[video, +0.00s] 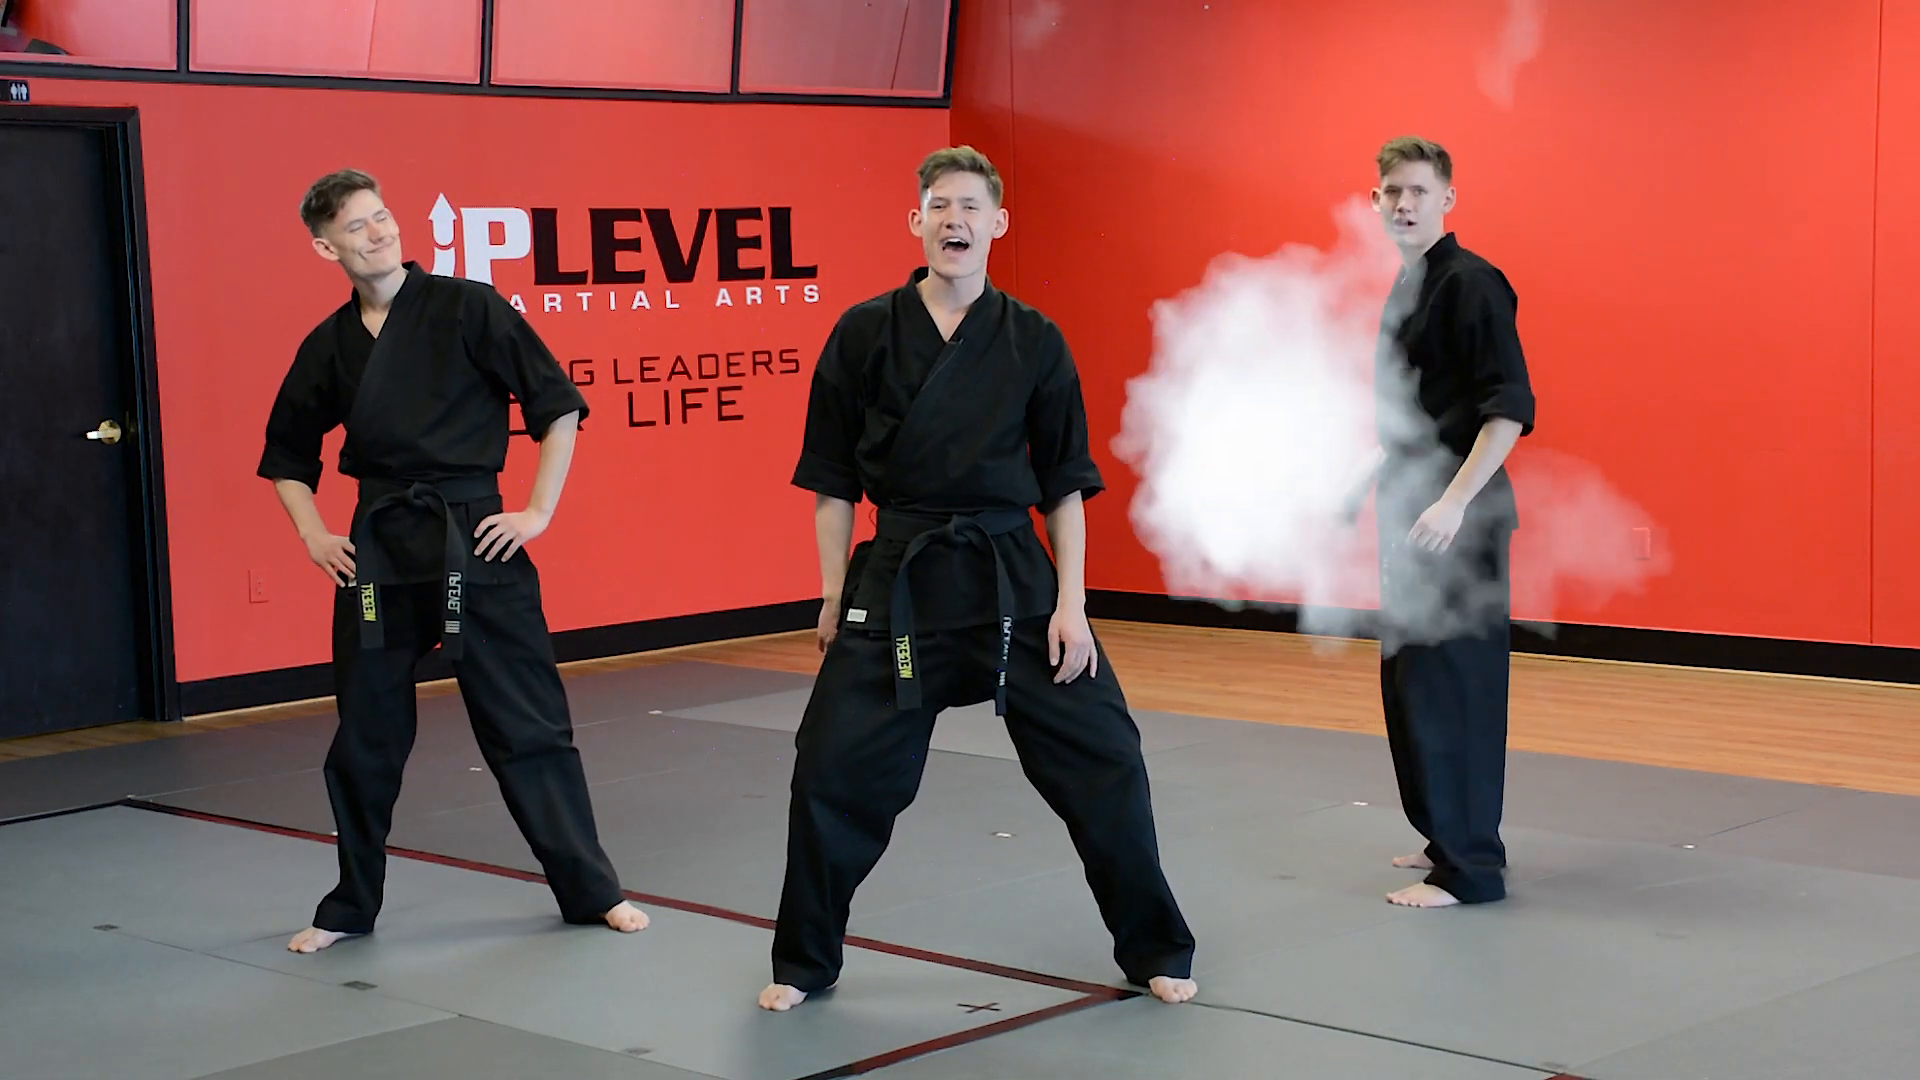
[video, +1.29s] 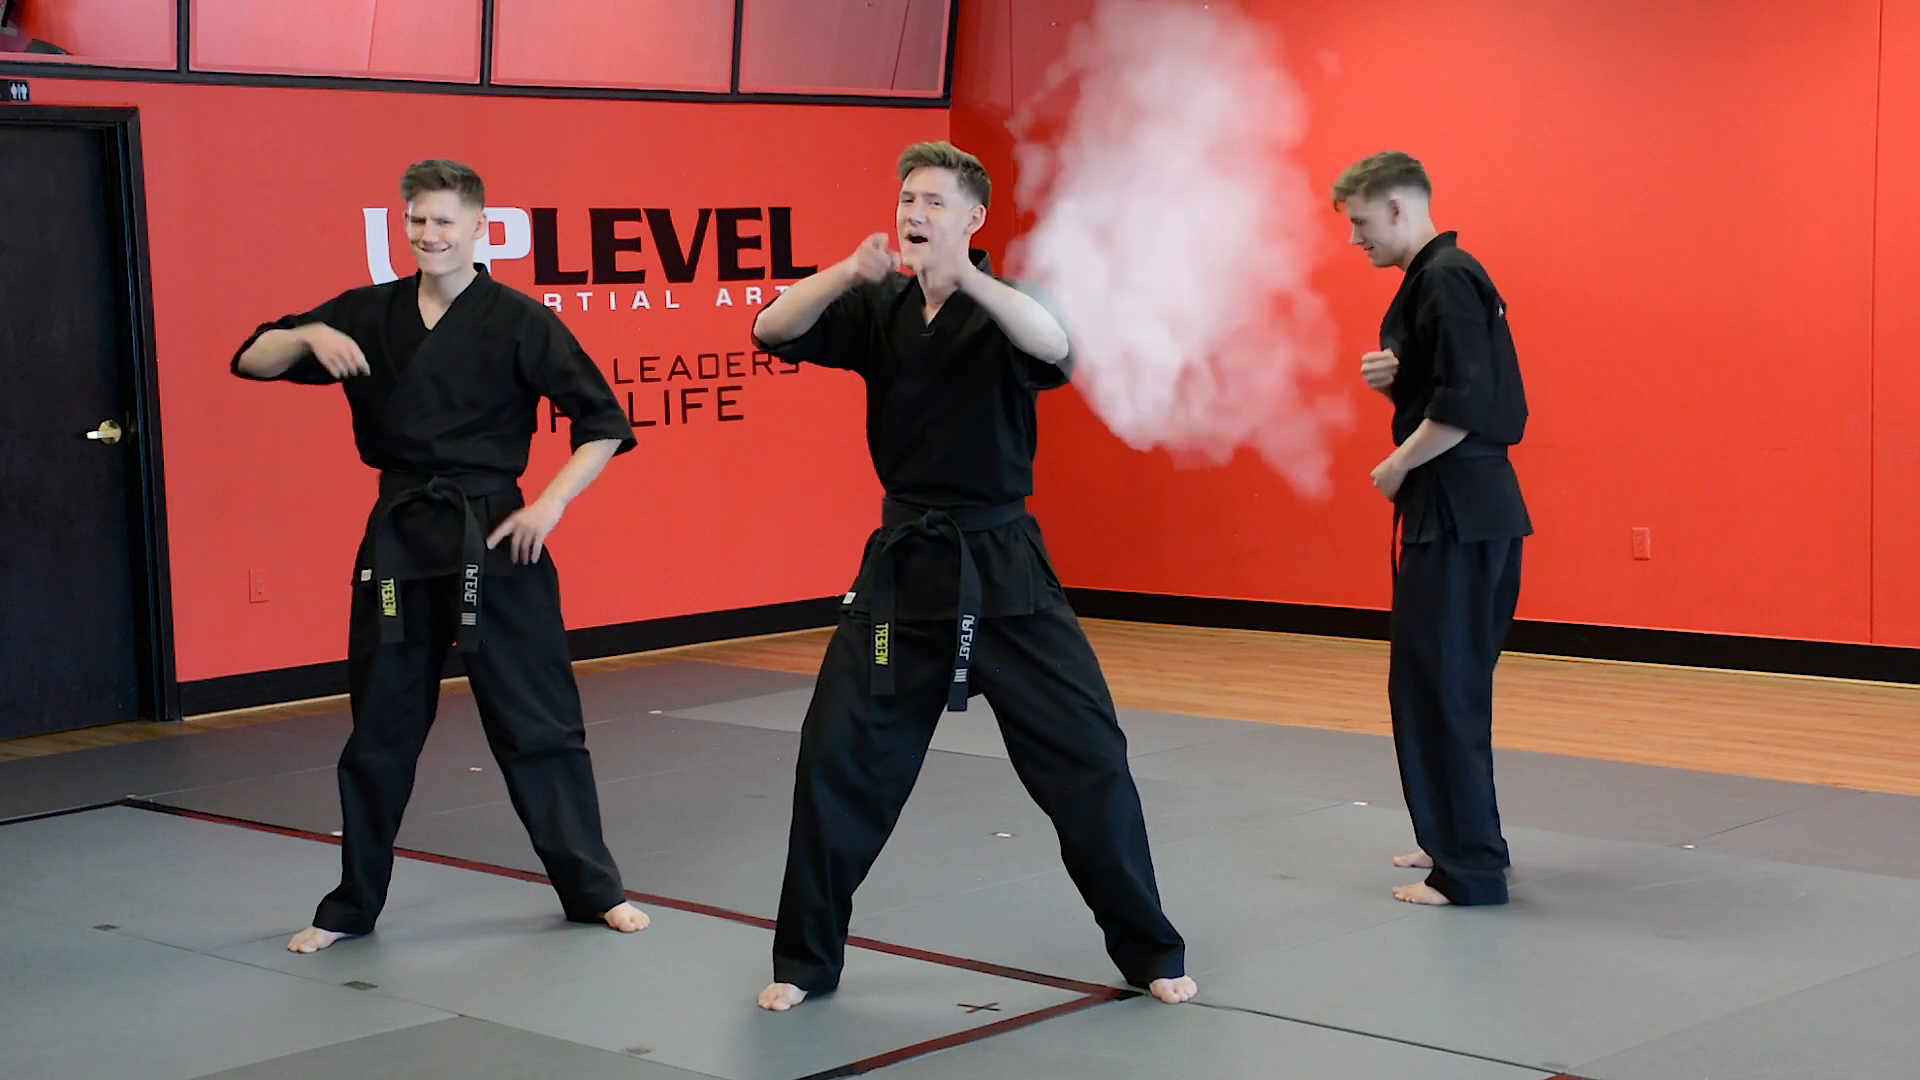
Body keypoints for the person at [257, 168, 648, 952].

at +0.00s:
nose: (377, 231)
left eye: (381, 216)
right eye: (356, 226)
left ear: (399, 225)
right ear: (328, 250)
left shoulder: (470, 306)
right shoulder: (329, 346)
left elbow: (560, 405)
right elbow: (286, 452)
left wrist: (538, 512)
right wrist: (313, 533)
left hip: (477, 538)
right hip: (380, 545)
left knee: (529, 725)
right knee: (364, 740)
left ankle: (592, 892)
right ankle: (352, 905)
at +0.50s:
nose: (366, 238)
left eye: (380, 223)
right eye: (352, 226)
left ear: (413, 229)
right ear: (338, 239)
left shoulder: (479, 310)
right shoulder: (336, 344)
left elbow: (567, 409)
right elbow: (283, 438)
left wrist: (541, 511)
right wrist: (269, 461)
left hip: (478, 539)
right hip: (379, 544)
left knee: (530, 724)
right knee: (366, 737)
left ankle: (592, 891)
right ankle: (352, 905)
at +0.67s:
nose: (370, 244)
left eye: (384, 230)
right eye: (361, 231)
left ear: (427, 231)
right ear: (354, 235)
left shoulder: (489, 313)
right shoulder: (339, 338)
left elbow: (577, 414)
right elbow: (257, 430)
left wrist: (543, 515)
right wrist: (231, 357)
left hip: (482, 537)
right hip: (382, 542)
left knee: (532, 724)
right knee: (368, 737)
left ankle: (592, 892)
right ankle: (351, 908)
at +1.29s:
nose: (427, 234)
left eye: (443, 222)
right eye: (417, 221)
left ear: (479, 228)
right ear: (405, 226)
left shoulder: (520, 320)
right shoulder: (367, 314)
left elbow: (607, 425)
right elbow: (250, 360)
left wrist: (549, 505)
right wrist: (308, 335)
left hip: (499, 538)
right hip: (399, 540)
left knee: (541, 725)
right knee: (379, 735)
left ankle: (593, 891)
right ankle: (353, 905)